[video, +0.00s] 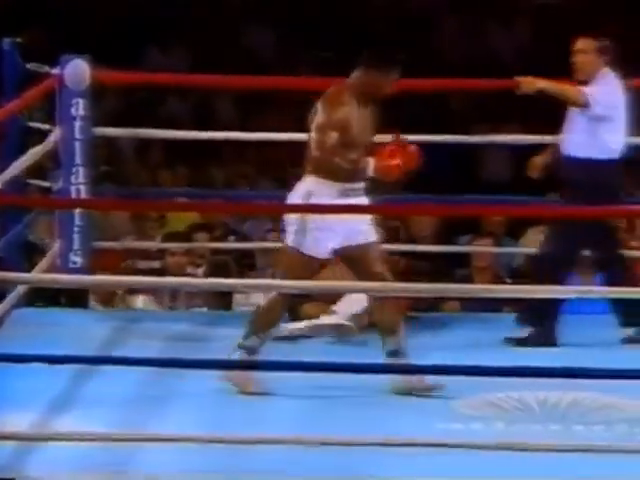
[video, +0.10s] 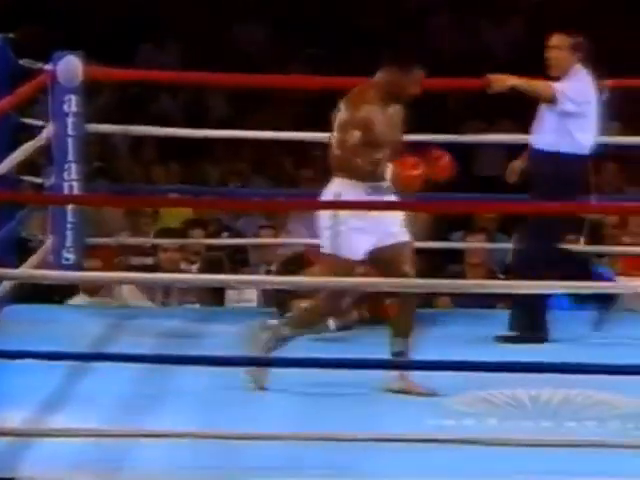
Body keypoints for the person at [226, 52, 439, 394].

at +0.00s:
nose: (387, 90)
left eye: (391, 83)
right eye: (385, 81)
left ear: (381, 79)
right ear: (367, 74)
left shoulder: (366, 107)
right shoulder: (333, 105)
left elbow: (353, 150)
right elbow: (320, 157)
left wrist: (386, 157)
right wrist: (372, 167)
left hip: (351, 204)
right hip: (316, 203)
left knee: (381, 286)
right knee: (289, 289)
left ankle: (400, 370)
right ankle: (242, 362)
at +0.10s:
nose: (417, 89)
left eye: (418, 82)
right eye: (414, 81)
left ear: (401, 81)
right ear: (395, 76)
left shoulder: (395, 111)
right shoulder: (357, 106)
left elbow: (388, 160)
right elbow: (340, 157)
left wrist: (421, 168)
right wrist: (388, 168)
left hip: (381, 201)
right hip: (345, 199)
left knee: (406, 279)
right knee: (338, 291)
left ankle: (400, 371)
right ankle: (269, 343)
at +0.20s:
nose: (429, 80)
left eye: (430, 73)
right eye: (426, 72)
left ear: (417, 73)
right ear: (404, 66)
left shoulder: (411, 102)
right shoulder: (365, 97)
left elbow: (407, 144)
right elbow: (349, 148)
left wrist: (437, 153)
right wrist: (389, 168)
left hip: (398, 194)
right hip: (362, 192)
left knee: (412, 280)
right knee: (376, 292)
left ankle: (396, 370)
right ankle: (311, 325)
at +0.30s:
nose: (444, 69)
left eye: (446, 62)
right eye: (439, 61)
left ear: (439, 62)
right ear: (416, 56)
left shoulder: (434, 90)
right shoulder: (380, 89)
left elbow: (432, 136)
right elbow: (360, 141)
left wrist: (457, 141)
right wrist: (387, 175)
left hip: (418, 181)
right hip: (382, 182)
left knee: (410, 279)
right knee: (407, 276)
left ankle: (392, 366)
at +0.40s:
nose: (453, 68)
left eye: (455, 61)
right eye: (447, 60)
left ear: (452, 59)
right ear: (425, 56)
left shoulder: (447, 93)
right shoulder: (391, 92)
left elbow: (451, 136)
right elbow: (369, 138)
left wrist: (471, 139)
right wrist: (388, 182)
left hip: (431, 182)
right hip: (394, 183)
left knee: (410, 272)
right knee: (431, 272)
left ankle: (385, 363)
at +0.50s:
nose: (457, 84)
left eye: (460, 77)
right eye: (452, 77)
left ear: (461, 78)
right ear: (434, 75)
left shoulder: (462, 106)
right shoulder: (403, 106)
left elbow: (478, 142)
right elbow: (377, 152)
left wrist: (494, 153)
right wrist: (389, 200)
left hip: (453, 195)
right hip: (414, 200)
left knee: (442, 282)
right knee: (458, 281)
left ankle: (395, 354)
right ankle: (491, 377)